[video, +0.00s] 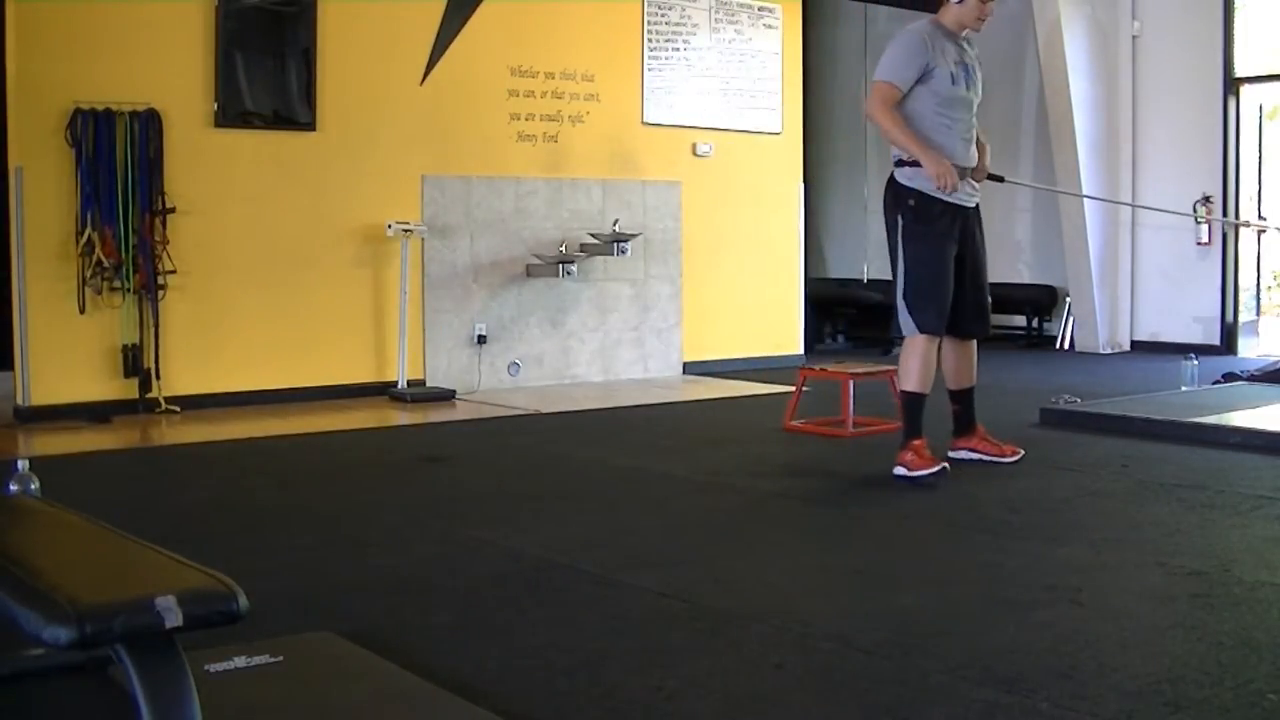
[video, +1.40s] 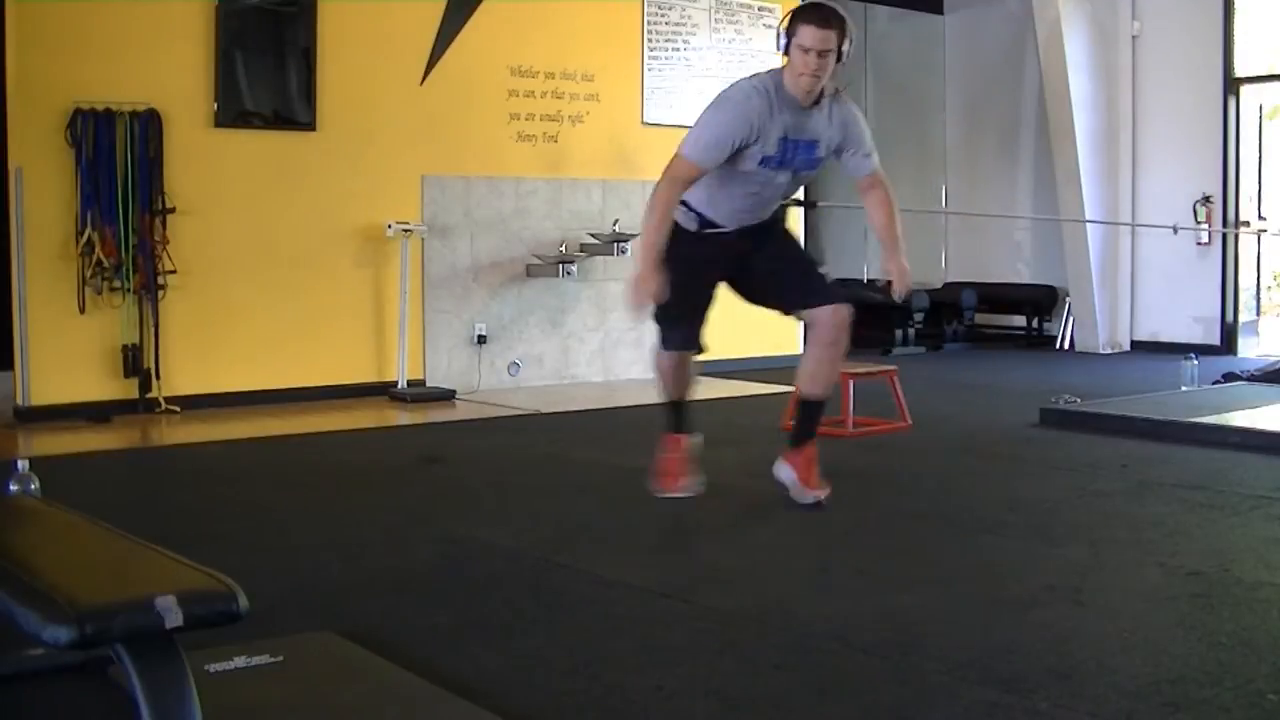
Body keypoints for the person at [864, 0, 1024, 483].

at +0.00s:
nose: (988, 14)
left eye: (990, 7)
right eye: (983, 4)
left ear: (969, 7)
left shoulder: (967, 55)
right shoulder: (918, 38)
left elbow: (957, 118)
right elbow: (878, 105)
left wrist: (976, 145)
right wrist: (929, 156)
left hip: (962, 203)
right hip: (919, 199)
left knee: (962, 322)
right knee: (925, 322)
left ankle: (966, 435)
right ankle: (912, 446)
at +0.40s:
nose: (968, 10)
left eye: (973, 4)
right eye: (961, 3)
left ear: (972, 8)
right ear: (934, 0)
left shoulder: (969, 50)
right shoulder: (896, 49)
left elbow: (965, 116)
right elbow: (849, 123)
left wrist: (996, 175)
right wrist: (865, 197)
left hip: (948, 207)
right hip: (897, 206)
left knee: (968, 321)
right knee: (911, 326)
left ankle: (966, 434)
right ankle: (899, 451)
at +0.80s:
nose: (999, 47)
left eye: (1004, 38)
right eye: (990, 36)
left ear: (1006, 42)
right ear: (961, 36)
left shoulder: (996, 99)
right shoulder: (915, 87)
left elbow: (987, 162)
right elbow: (852, 147)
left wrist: (990, 239)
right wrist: (836, 226)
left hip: (931, 226)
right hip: (875, 222)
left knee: (977, 324)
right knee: (890, 322)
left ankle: (979, 439)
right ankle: (862, 445)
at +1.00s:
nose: (990, 100)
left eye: (996, 91)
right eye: (982, 89)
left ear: (999, 97)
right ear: (954, 91)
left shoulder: (987, 156)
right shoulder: (906, 141)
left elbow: (997, 221)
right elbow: (835, 199)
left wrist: (1019, 260)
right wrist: (778, 256)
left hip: (915, 258)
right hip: (854, 255)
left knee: (981, 340)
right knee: (850, 336)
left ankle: (979, 442)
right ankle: (785, 447)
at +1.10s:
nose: (946, 91)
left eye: (951, 83)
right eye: (936, 82)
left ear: (954, 89)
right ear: (908, 86)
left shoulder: (955, 146)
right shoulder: (865, 138)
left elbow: (976, 203)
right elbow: (793, 202)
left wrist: (996, 241)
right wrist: (738, 269)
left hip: (890, 258)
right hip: (825, 254)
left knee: (957, 343)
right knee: (814, 338)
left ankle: (978, 441)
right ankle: (784, 456)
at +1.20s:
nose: (880, 67)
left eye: (888, 59)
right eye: (870, 57)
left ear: (893, 64)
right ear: (842, 59)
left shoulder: (900, 121)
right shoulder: (806, 116)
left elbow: (925, 180)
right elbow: (745, 181)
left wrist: (944, 252)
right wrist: (768, 230)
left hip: (857, 254)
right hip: (787, 252)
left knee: (911, 348)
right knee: (763, 348)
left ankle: (963, 435)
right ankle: (772, 461)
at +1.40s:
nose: (814, 64)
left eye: (826, 55)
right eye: (805, 51)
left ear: (838, 60)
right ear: (786, 50)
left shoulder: (841, 117)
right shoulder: (744, 102)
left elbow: (872, 186)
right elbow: (673, 180)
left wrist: (894, 255)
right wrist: (648, 262)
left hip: (757, 233)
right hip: (692, 232)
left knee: (832, 316)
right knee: (676, 345)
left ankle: (800, 453)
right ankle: (677, 442)